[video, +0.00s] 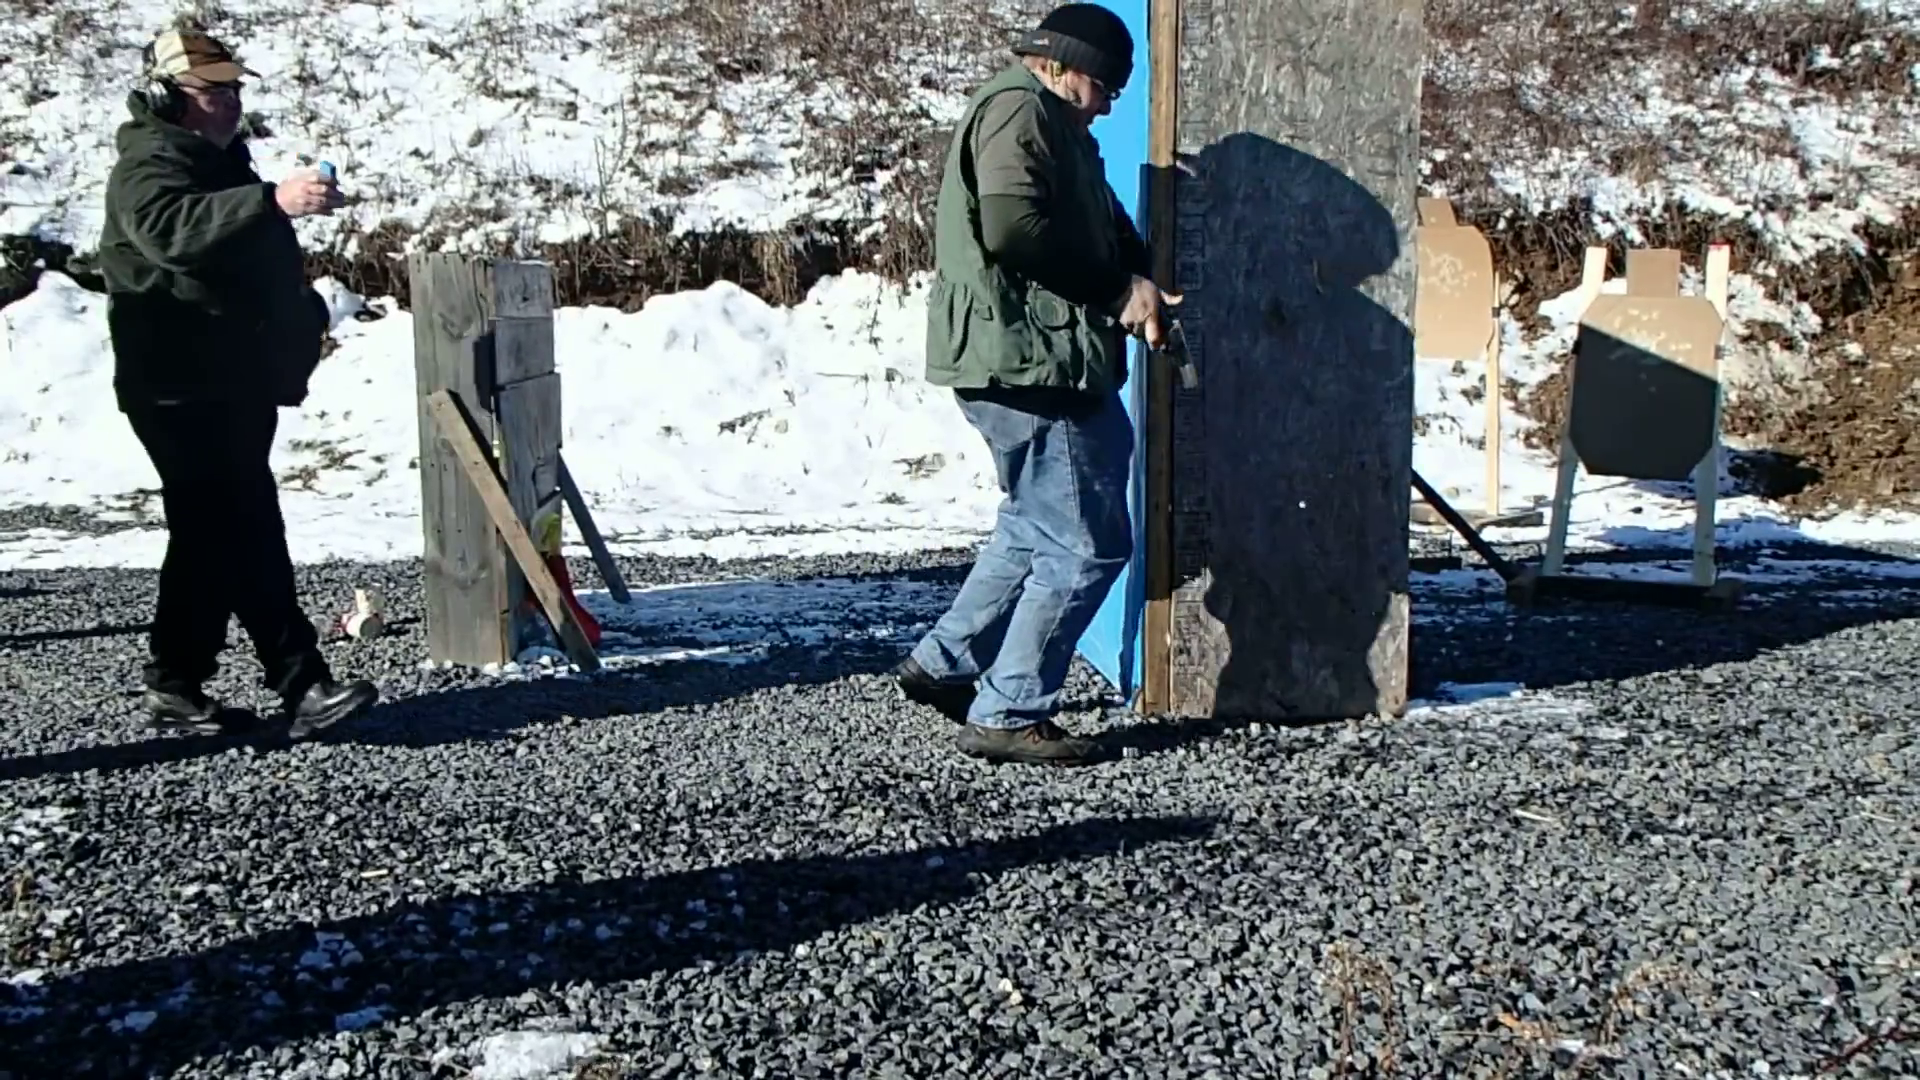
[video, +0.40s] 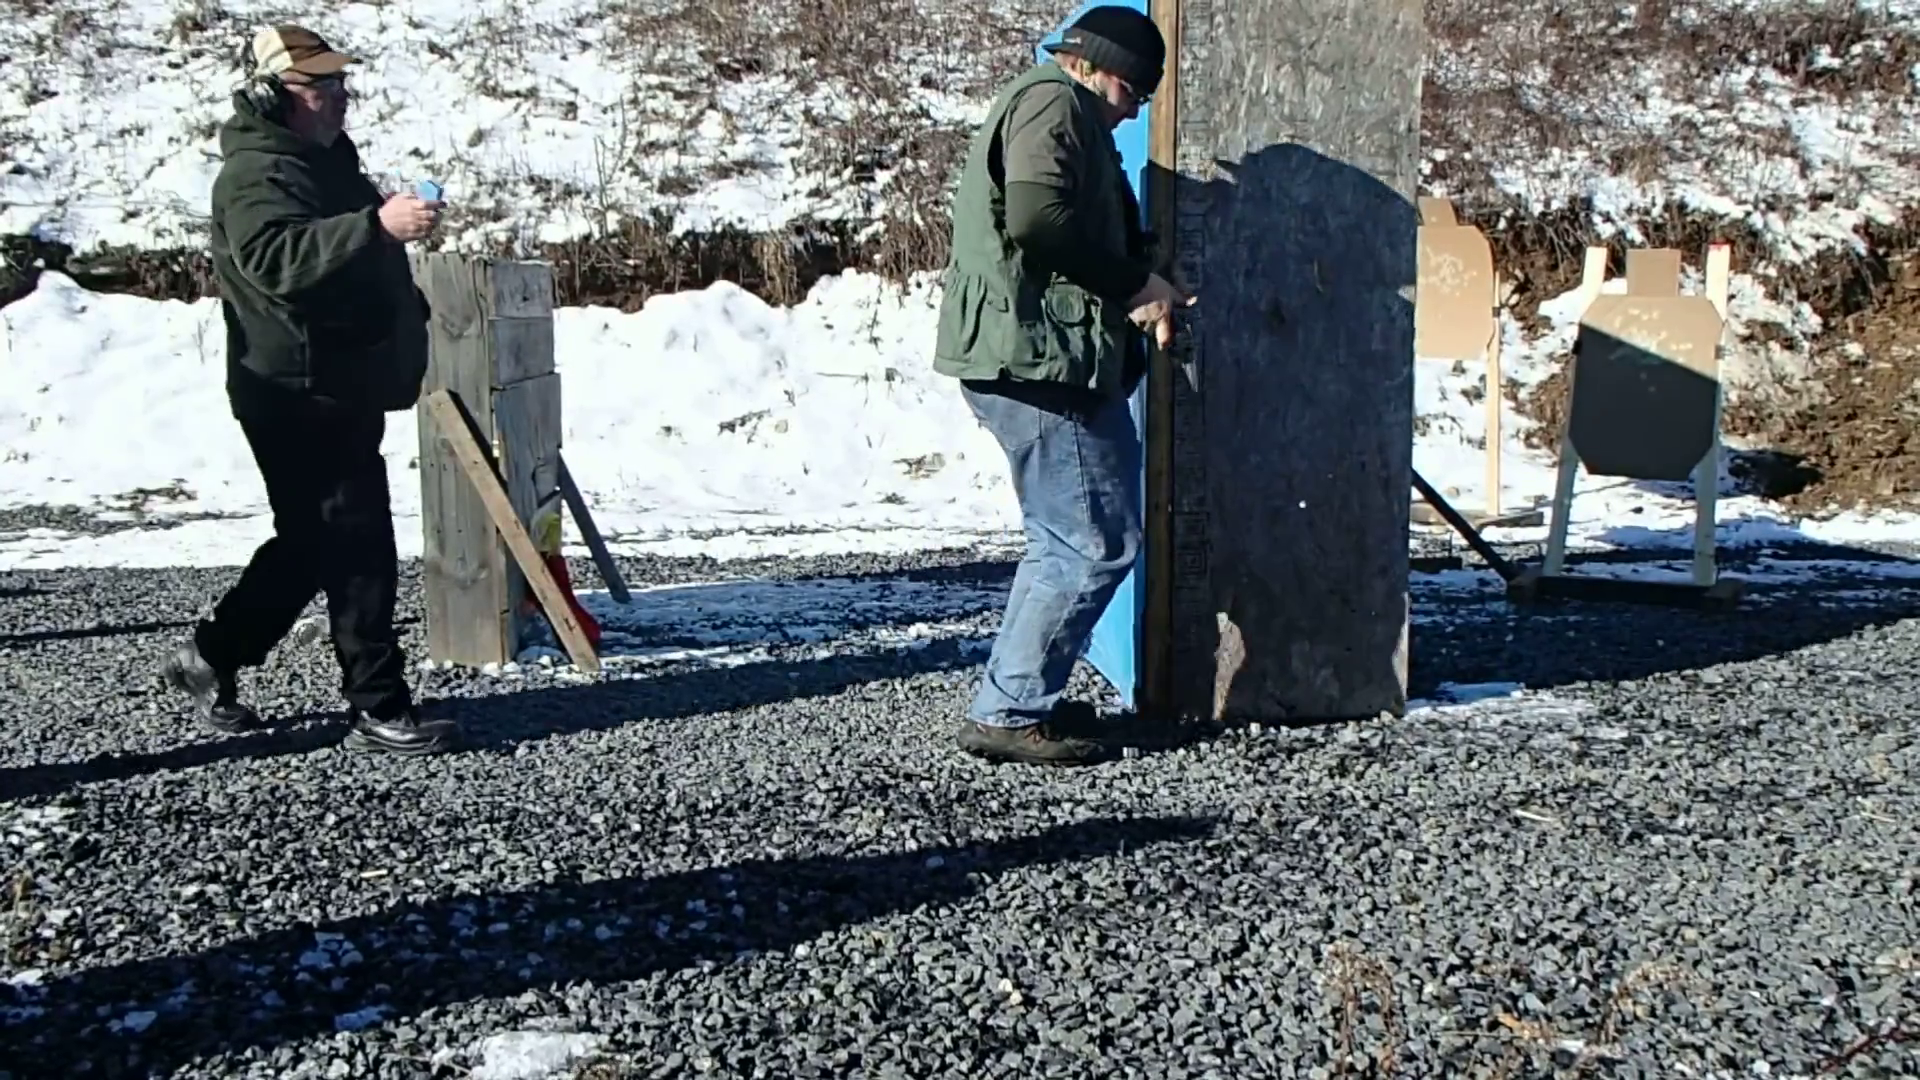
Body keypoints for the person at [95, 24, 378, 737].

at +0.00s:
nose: (234, 102)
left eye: (235, 89)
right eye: (219, 90)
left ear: (230, 90)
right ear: (179, 93)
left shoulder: (226, 161)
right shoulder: (147, 160)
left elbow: (258, 263)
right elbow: (175, 235)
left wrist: (304, 323)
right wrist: (273, 199)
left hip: (235, 383)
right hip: (180, 391)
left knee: (208, 533)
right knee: (249, 530)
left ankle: (174, 682)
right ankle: (302, 686)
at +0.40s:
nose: (344, 95)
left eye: (342, 83)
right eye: (331, 85)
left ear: (310, 96)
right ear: (293, 95)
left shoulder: (322, 156)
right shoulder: (257, 168)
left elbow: (354, 260)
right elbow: (277, 264)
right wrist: (379, 225)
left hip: (340, 386)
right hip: (296, 393)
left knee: (317, 538)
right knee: (355, 543)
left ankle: (214, 654)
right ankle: (380, 707)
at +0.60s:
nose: (398, 85)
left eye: (395, 72)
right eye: (383, 73)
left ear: (365, 84)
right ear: (342, 83)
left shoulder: (380, 148)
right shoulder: (304, 161)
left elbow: (410, 249)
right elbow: (324, 266)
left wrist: (456, 253)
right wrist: (426, 234)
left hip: (402, 378)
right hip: (338, 385)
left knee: (420, 525)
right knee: (373, 536)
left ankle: (300, 630)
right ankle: (380, 708)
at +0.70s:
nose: (419, 80)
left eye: (417, 67)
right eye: (404, 68)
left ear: (394, 79)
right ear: (360, 77)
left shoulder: (407, 147)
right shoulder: (322, 163)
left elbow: (440, 245)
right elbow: (343, 266)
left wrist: (477, 275)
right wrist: (444, 234)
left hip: (425, 379)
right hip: (359, 386)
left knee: (455, 523)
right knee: (384, 534)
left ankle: (386, 670)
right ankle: (378, 701)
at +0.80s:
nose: (443, 77)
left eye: (442, 64)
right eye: (428, 66)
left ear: (417, 76)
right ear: (385, 75)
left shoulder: (437, 147)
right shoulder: (344, 158)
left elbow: (468, 239)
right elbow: (356, 265)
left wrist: (505, 263)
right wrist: (464, 236)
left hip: (456, 380)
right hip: (381, 387)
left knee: (482, 537)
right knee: (396, 544)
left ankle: (477, 693)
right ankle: (382, 708)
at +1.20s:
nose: (549, 82)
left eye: (546, 71)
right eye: (534, 72)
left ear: (518, 84)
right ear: (492, 82)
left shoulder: (543, 159)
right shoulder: (452, 166)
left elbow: (581, 253)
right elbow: (460, 262)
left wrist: (622, 297)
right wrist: (558, 232)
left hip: (567, 386)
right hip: (491, 391)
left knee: (584, 547)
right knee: (508, 540)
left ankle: (588, 707)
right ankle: (420, 685)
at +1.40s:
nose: (591, 78)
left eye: (589, 66)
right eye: (577, 67)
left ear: (558, 77)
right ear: (536, 77)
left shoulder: (584, 149)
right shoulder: (495, 158)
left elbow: (625, 241)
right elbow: (497, 256)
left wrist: (657, 251)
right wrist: (590, 223)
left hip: (607, 375)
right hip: (543, 383)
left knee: (612, 543)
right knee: (578, 539)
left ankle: (592, 702)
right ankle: (525, 682)